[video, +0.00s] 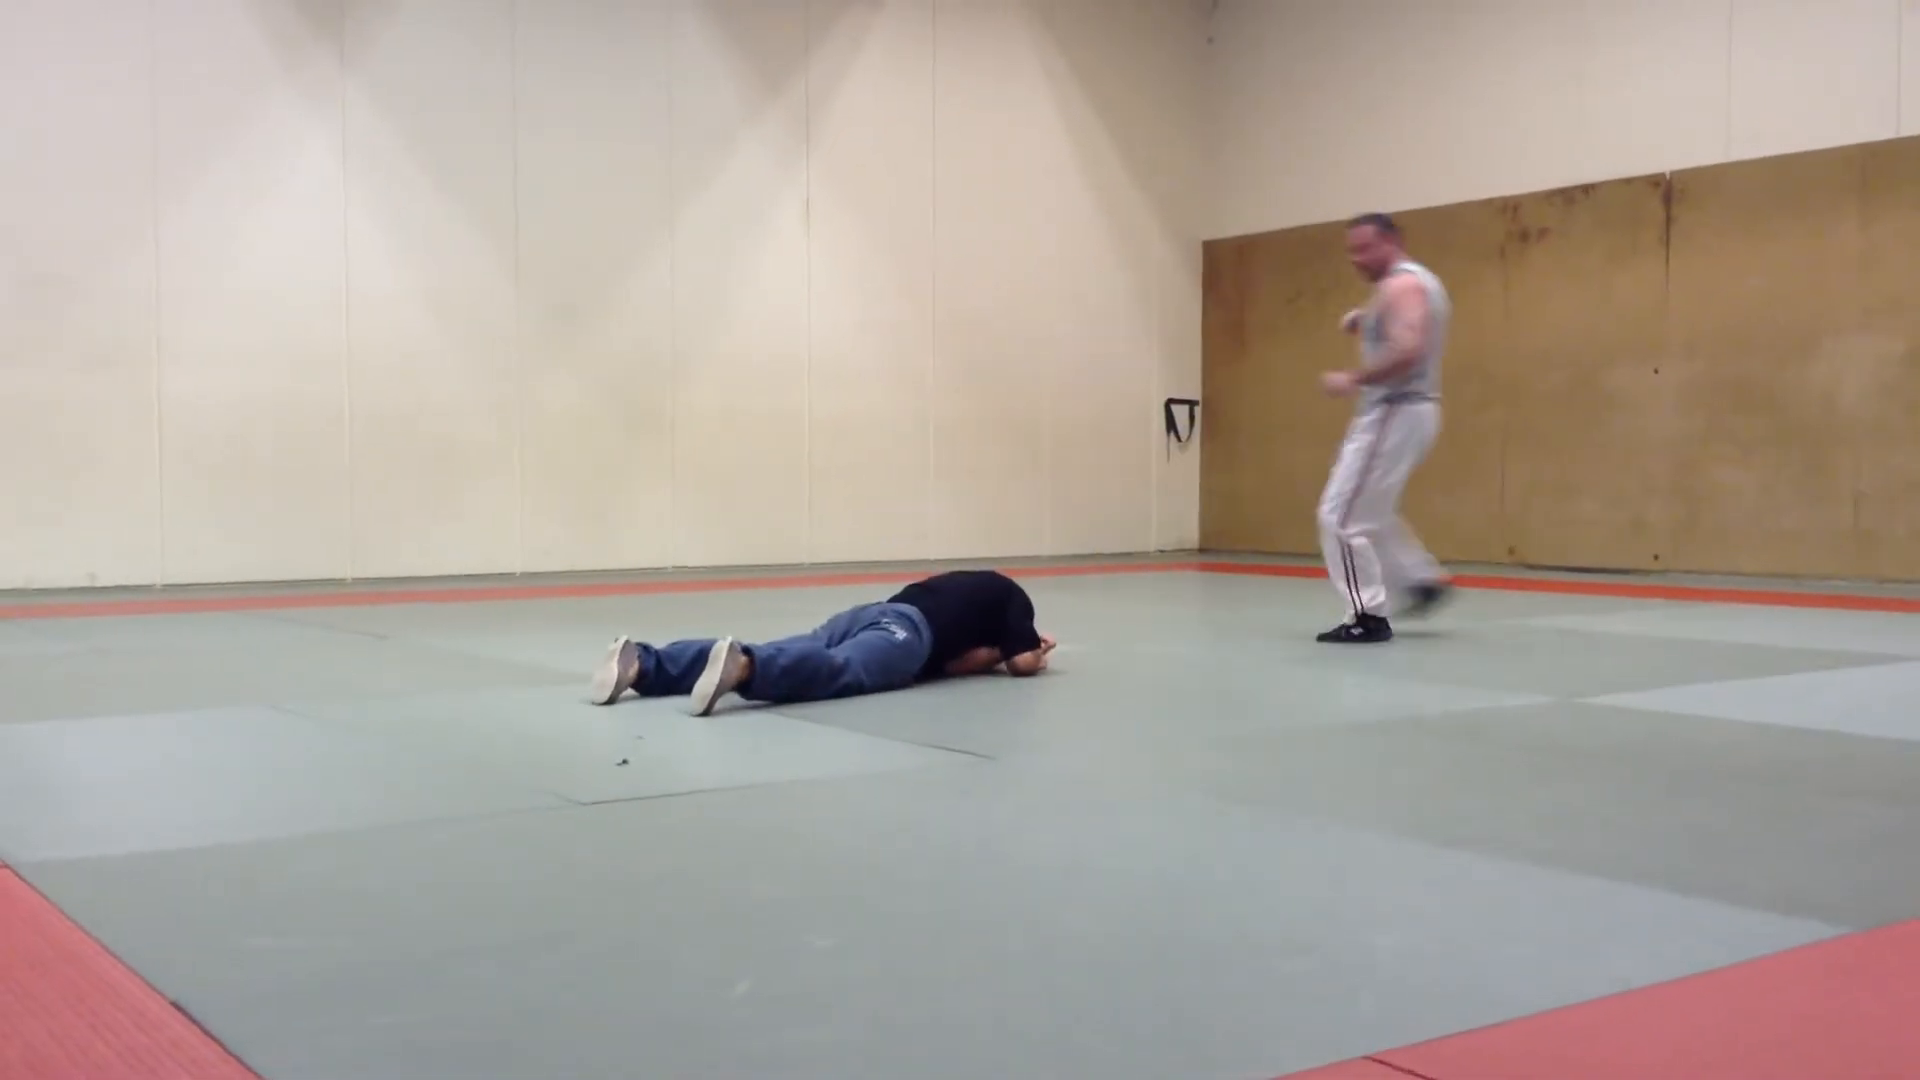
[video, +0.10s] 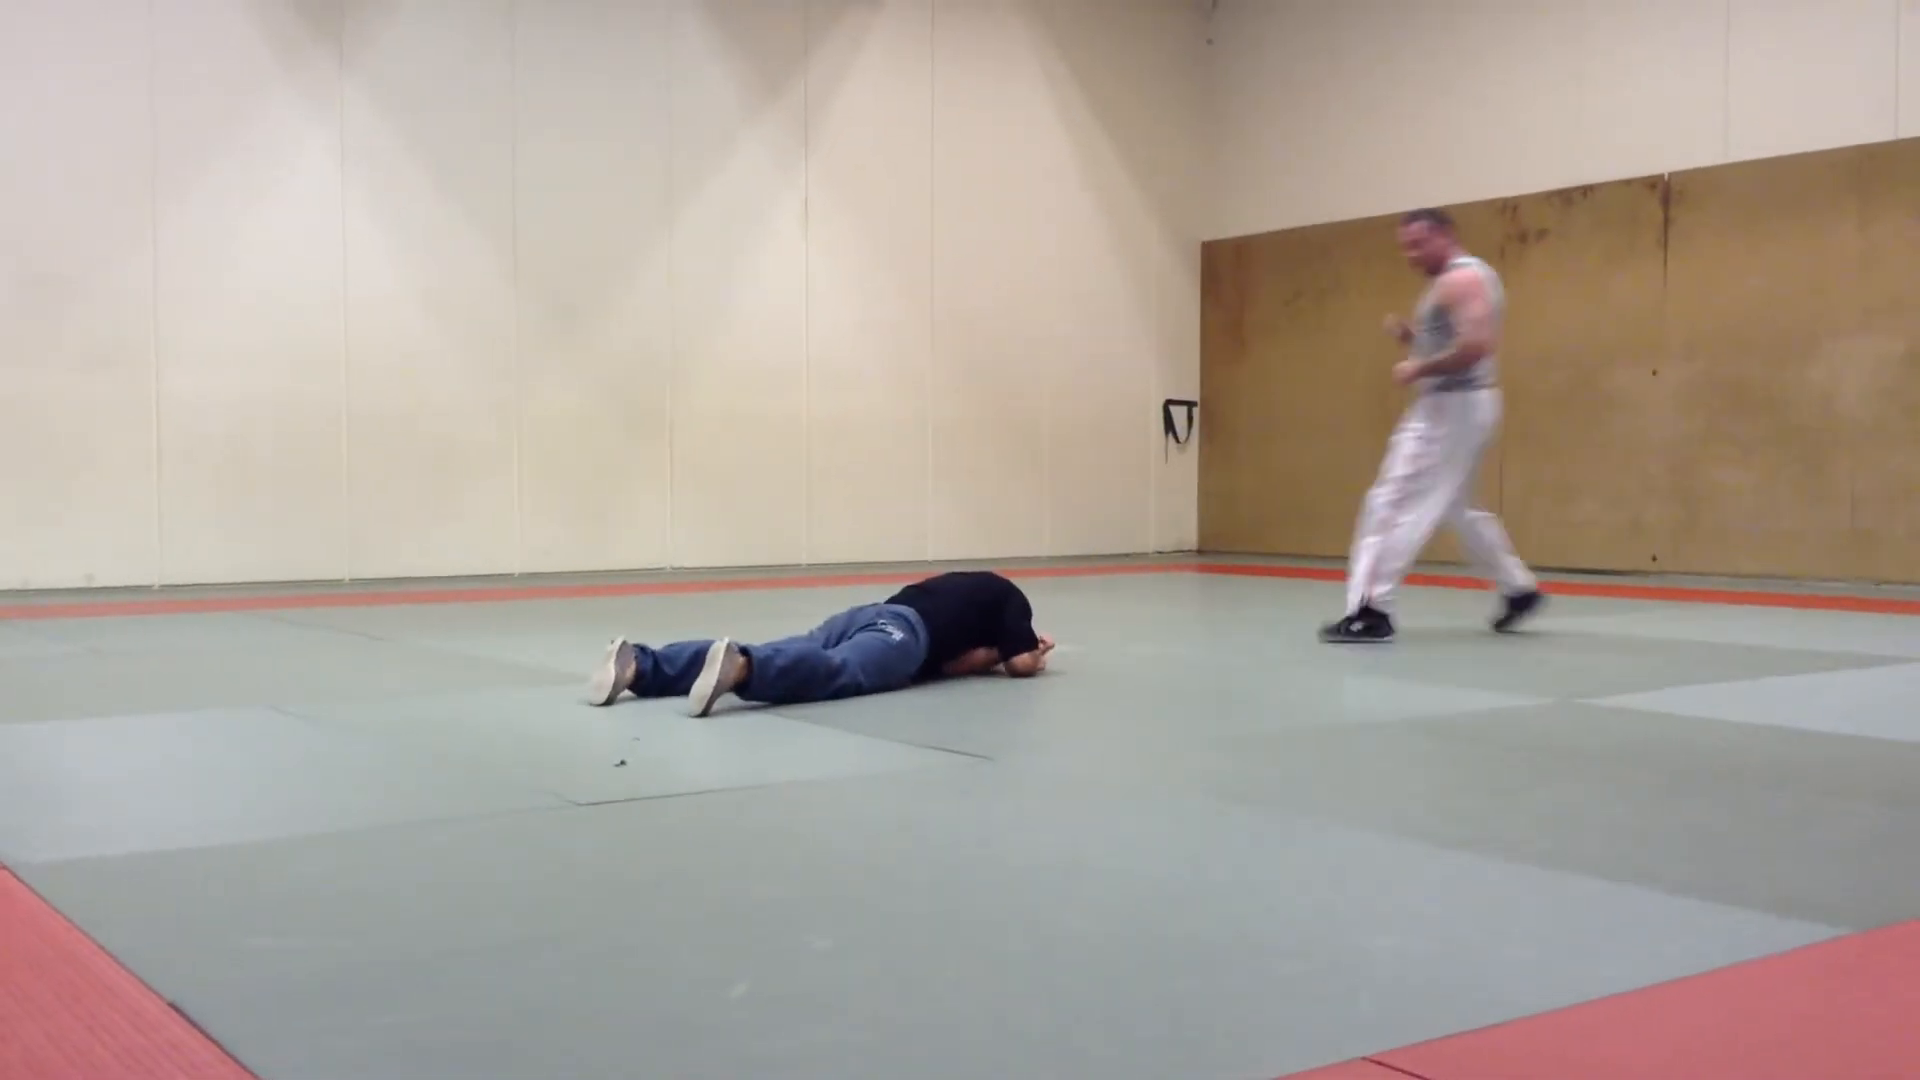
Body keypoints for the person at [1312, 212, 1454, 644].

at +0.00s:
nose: (1358, 260)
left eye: (1364, 248)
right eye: (1354, 251)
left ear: (1390, 243)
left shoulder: (1403, 286)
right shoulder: (1414, 280)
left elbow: (1408, 348)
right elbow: (1396, 317)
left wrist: (1357, 378)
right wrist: (1366, 318)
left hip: (1396, 413)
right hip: (1413, 411)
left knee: (1340, 514)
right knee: (1372, 509)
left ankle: (1368, 616)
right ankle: (1421, 581)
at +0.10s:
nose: (1412, 255)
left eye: (1418, 244)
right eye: (1407, 247)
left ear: (1443, 236)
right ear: (1412, 245)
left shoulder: (1463, 279)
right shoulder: (1459, 277)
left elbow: (1475, 346)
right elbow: (1454, 345)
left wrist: (1421, 368)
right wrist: (1411, 336)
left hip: (1449, 405)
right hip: (1467, 403)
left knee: (1392, 500)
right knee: (1451, 503)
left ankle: (1370, 609)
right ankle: (1519, 587)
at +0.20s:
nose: (1469, 261)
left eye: (1475, 249)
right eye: (1464, 253)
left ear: (1501, 243)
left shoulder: (1517, 283)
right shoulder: (1526, 280)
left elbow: (1508, 341)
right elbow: (1512, 346)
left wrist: (1458, 342)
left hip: (1513, 412)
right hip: (1537, 409)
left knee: (1454, 499)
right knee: (1513, 509)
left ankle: (1478, 603)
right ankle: (1541, 608)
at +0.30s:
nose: (1520, 255)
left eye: (1526, 244)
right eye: (1515, 247)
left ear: (1553, 235)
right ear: (1555, 239)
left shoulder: (1567, 274)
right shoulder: (1591, 269)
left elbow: (1540, 329)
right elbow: (1613, 333)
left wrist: (1499, 321)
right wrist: (1593, 370)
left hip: (1569, 399)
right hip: (1584, 395)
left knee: (1546, 506)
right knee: (1545, 505)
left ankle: (1627, 571)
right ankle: (1543, 601)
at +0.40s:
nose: (1575, 257)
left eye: (1580, 246)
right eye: (1571, 248)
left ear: (1603, 237)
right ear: (1609, 240)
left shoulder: (1619, 274)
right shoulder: (1646, 270)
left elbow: (1592, 330)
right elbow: (1678, 318)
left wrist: (1548, 330)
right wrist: (1642, 348)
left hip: (1633, 399)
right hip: (1620, 399)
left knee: (1635, 504)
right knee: (1584, 488)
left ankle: (1702, 589)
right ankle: (1593, 592)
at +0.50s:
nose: (1628, 271)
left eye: (1634, 261)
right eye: (1624, 262)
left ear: (1658, 253)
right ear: (1650, 257)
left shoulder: (1677, 294)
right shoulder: (1679, 287)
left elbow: (1671, 355)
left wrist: (1619, 374)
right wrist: (1646, 333)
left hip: (1688, 415)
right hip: (1676, 413)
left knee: (1678, 516)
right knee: (1647, 503)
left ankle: (1721, 608)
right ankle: (1715, 584)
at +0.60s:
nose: (1681, 270)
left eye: (1687, 259)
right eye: (1677, 261)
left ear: (1714, 253)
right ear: (1708, 258)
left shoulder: (1731, 292)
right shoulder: (1729, 289)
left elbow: (1749, 355)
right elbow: (1718, 342)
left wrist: (1698, 386)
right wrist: (1676, 334)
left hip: (1727, 407)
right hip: (1745, 405)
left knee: (1689, 510)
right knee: (1734, 507)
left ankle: (1716, 607)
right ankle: (1809, 574)